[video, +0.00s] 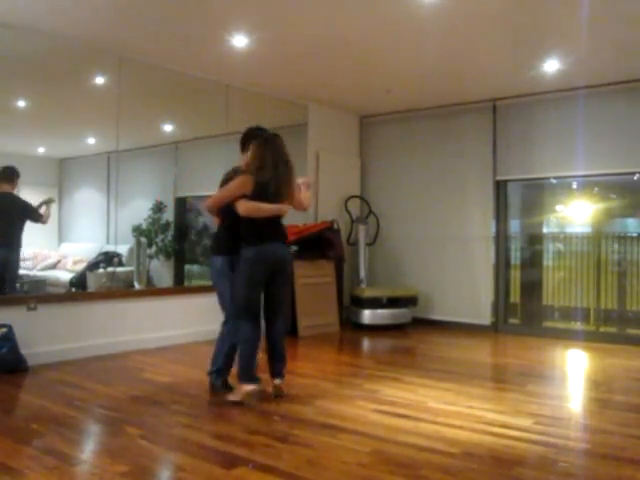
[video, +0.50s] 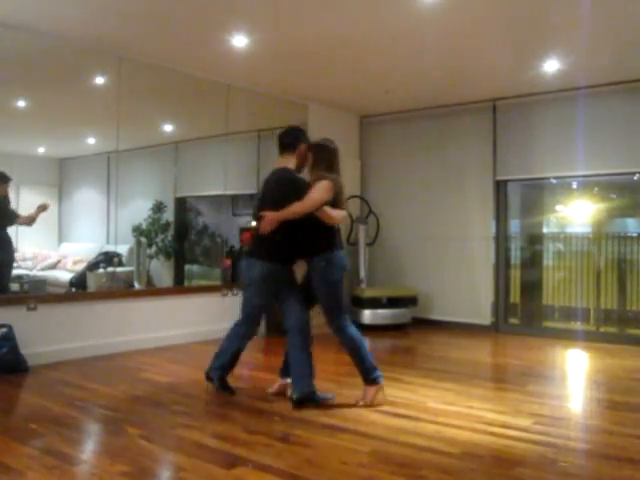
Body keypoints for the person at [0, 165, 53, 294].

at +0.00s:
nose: (17, 184)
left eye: (17, 180)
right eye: (17, 180)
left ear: (1, 179)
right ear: (15, 181)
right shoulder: (17, 203)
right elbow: (43, 219)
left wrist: (39, 205)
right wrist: (48, 205)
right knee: (8, 289)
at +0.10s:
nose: (16, 185)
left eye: (16, 181)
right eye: (16, 181)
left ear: (1, 180)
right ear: (13, 182)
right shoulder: (13, 203)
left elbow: (33, 217)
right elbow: (41, 220)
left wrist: (44, 206)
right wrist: (49, 207)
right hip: (6, 253)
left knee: (4, 287)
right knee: (3, 288)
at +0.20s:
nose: (14, 186)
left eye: (14, 183)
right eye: (13, 183)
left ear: (2, 181)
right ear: (9, 182)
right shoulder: (10, 204)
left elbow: (33, 219)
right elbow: (36, 220)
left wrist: (46, 207)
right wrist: (48, 207)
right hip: (5, 258)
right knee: (3, 295)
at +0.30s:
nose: (11, 187)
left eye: (11, 183)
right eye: (10, 183)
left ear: (4, 183)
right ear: (4, 183)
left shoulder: (6, 202)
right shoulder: (5, 203)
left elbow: (30, 220)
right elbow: (31, 220)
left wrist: (43, 209)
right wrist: (44, 208)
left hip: (5, 255)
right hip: (5, 255)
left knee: (5, 293)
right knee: (4, 293)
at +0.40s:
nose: (8, 189)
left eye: (9, 185)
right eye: (7, 185)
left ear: (4, 185)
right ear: (2, 185)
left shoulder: (4, 202)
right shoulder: (3, 202)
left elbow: (28, 221)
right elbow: (29, 221)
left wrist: (41, 210)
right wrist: (42, 209)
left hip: (5, 255)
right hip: (4, 255)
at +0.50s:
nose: (7, 190)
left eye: (7, 186)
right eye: (6, 186)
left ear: (4, 186)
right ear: (1, 186)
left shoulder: (4, 206)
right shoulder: (3, 207)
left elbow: (27, 221)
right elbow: (26, 221)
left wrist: (38, 211)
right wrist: (39, 211)